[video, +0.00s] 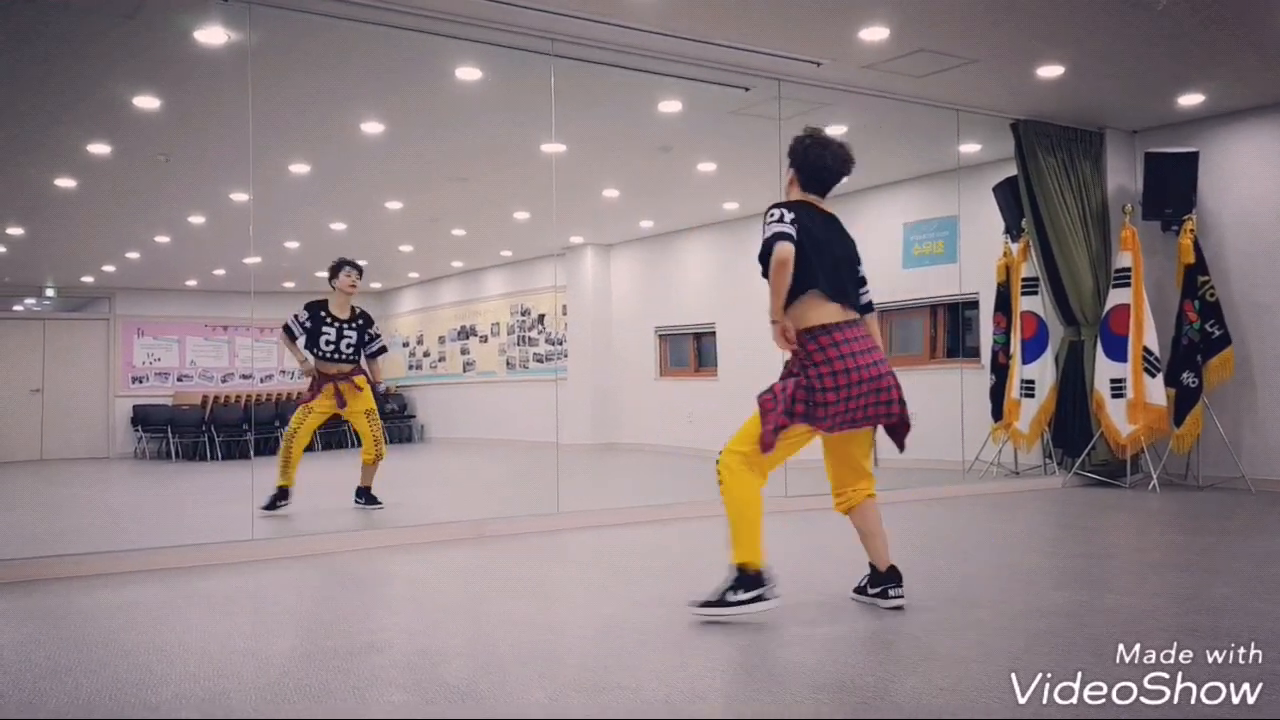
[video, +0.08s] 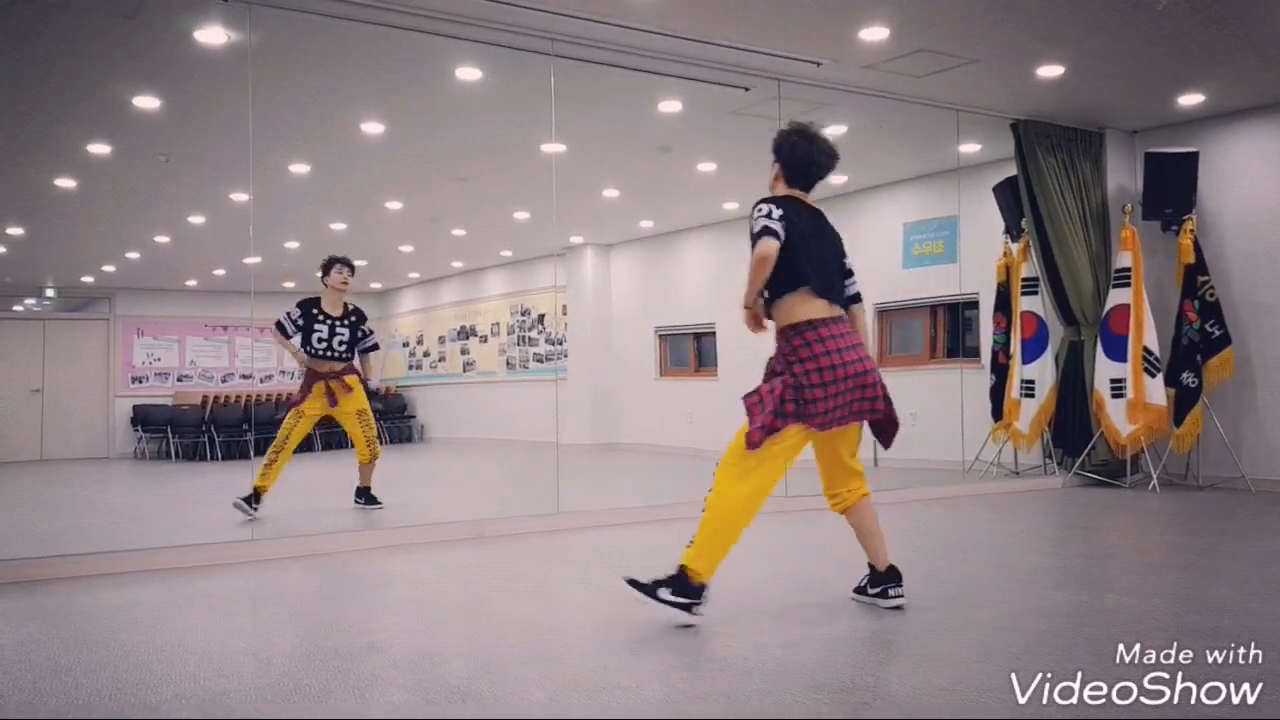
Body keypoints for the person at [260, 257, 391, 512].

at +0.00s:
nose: (353, 280)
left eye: (357, 277)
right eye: (347, 275)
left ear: (360, 284)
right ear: (334, 280)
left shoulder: (363, 318)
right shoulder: (314, 310)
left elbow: (373, 356)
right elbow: (287, 334)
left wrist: (378, 386)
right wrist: (302, 360)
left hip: (356, 386)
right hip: (322, 386)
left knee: (376, 444)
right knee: (293, 436)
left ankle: (364, 490)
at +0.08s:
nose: (345, 277)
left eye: (349, 274)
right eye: (339, 272)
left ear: (351, 281)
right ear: (325, 277)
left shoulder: (355, 314)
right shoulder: (307, 307)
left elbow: (365, 350)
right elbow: (278, 330)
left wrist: (368, 377)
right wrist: (297, 353)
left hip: (348, 383)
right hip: (314, 383)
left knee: (370, 444)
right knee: (285, 439)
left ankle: (364, 491)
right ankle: (256, 496)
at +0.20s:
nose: (325, 270)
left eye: (329, 267)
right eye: (319, 265)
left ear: (332, 273)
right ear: (306, 269)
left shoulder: (338, 306)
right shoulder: (288, 300)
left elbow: (346, 342)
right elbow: (262, 331)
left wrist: (345, 370)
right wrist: (278, 346)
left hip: (323, 376)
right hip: (290, 375)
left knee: (340, 435)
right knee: (268, 439)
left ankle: (358, 490)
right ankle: (247, 499)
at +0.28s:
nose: (313, 267)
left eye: (318, 264)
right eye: (308, 262)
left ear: (322, 270)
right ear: (296, 266)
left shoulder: (327, 303)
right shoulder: (279, 296)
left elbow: (335, 337)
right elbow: (254, 327)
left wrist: (332, 370)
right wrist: (261, 345)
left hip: (310, 375)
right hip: (277, 372)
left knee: (326, 433)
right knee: (260, 440)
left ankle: (336, 489)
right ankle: (246, 500)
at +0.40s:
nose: (296, 264)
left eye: (301, 259)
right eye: (290, 258)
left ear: (305, 265)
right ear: (278, 262)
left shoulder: (308, 298)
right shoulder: (262, 293)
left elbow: (316, 332)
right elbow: (239, 323)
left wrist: (312, 361)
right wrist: (231, 357)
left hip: (293, 373)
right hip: (260, 372)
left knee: (298, 443)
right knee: (251, 443)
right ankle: (245, 501)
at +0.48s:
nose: (288, 264)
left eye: (292, 259)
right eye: (282, 259)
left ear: (297, 264)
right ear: (270, 263)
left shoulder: (301, 297)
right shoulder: (255, 293)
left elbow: (309, 329)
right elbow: (231, 326)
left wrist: (308, 353)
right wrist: (219, 361)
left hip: (286, 374)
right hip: (254, 372)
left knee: (280, 446)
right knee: (248, 440)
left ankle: (246, 476)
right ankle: (247, 500)